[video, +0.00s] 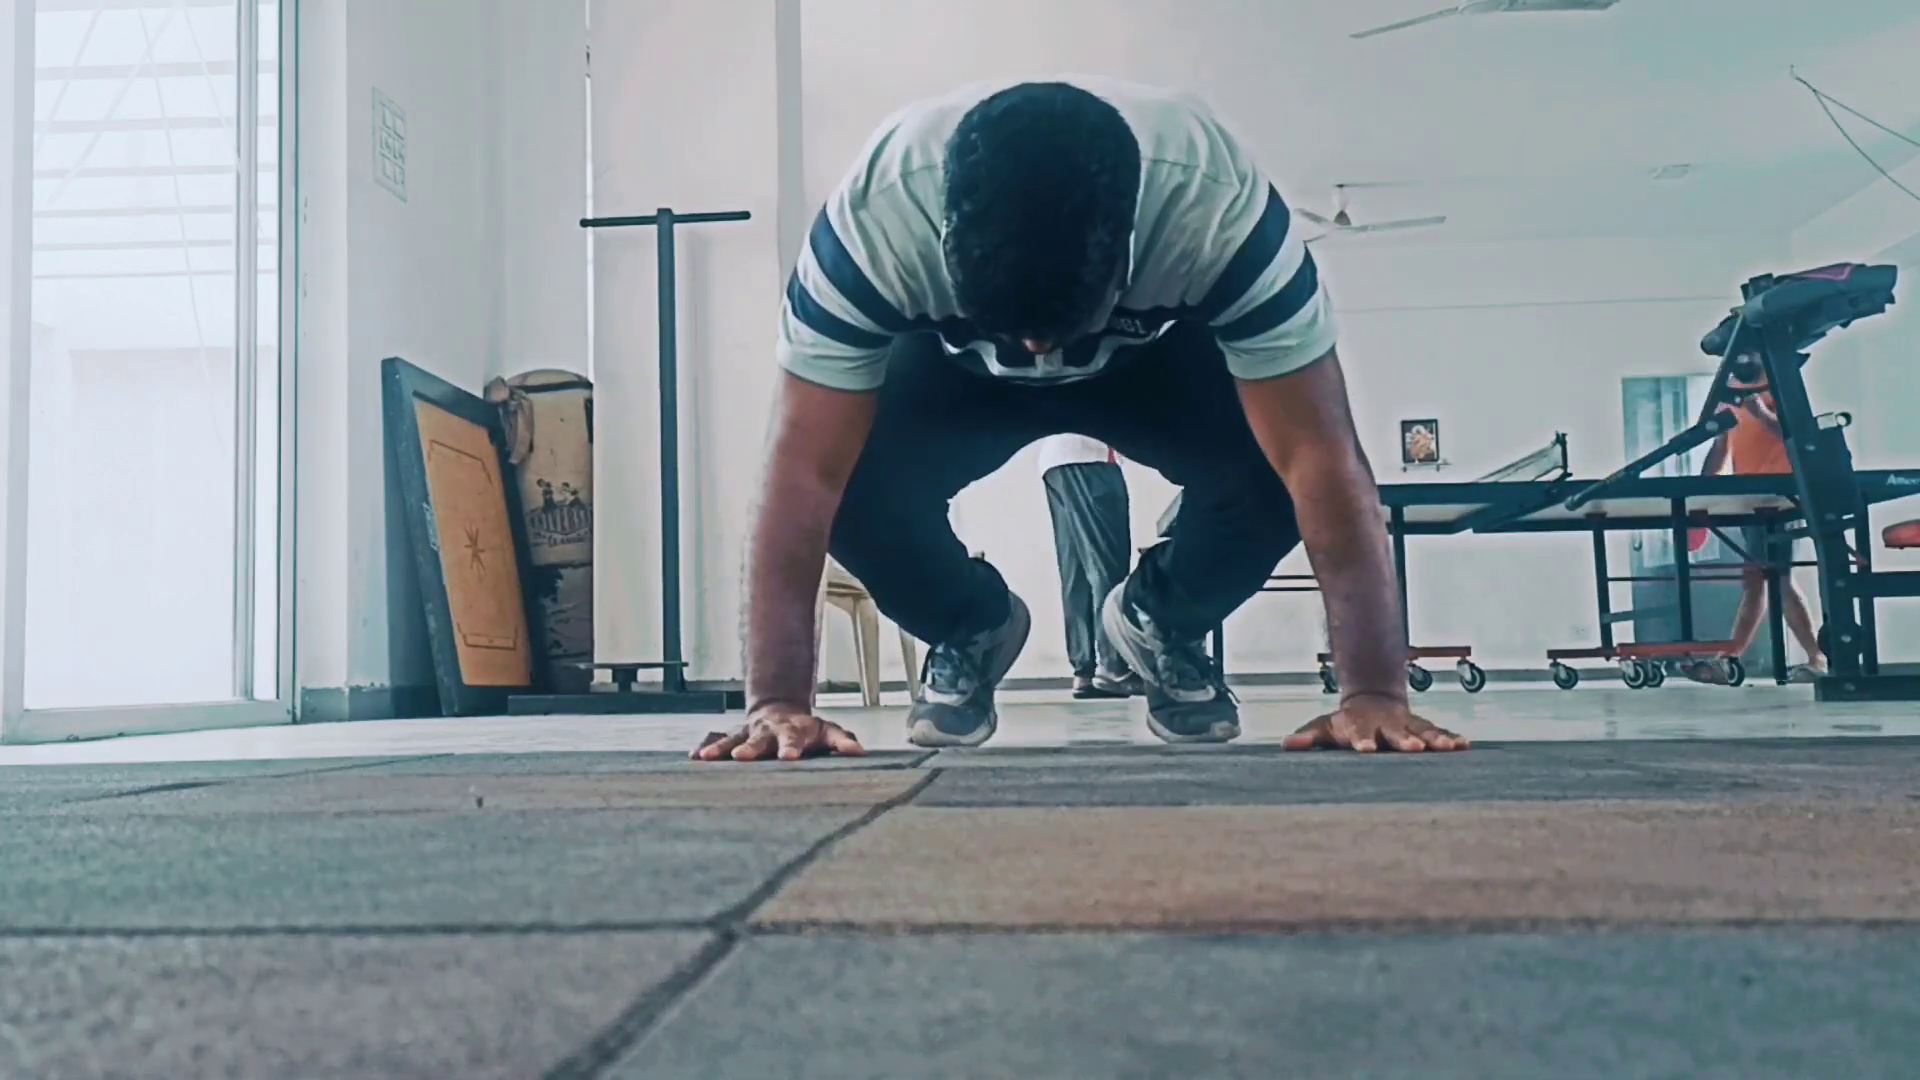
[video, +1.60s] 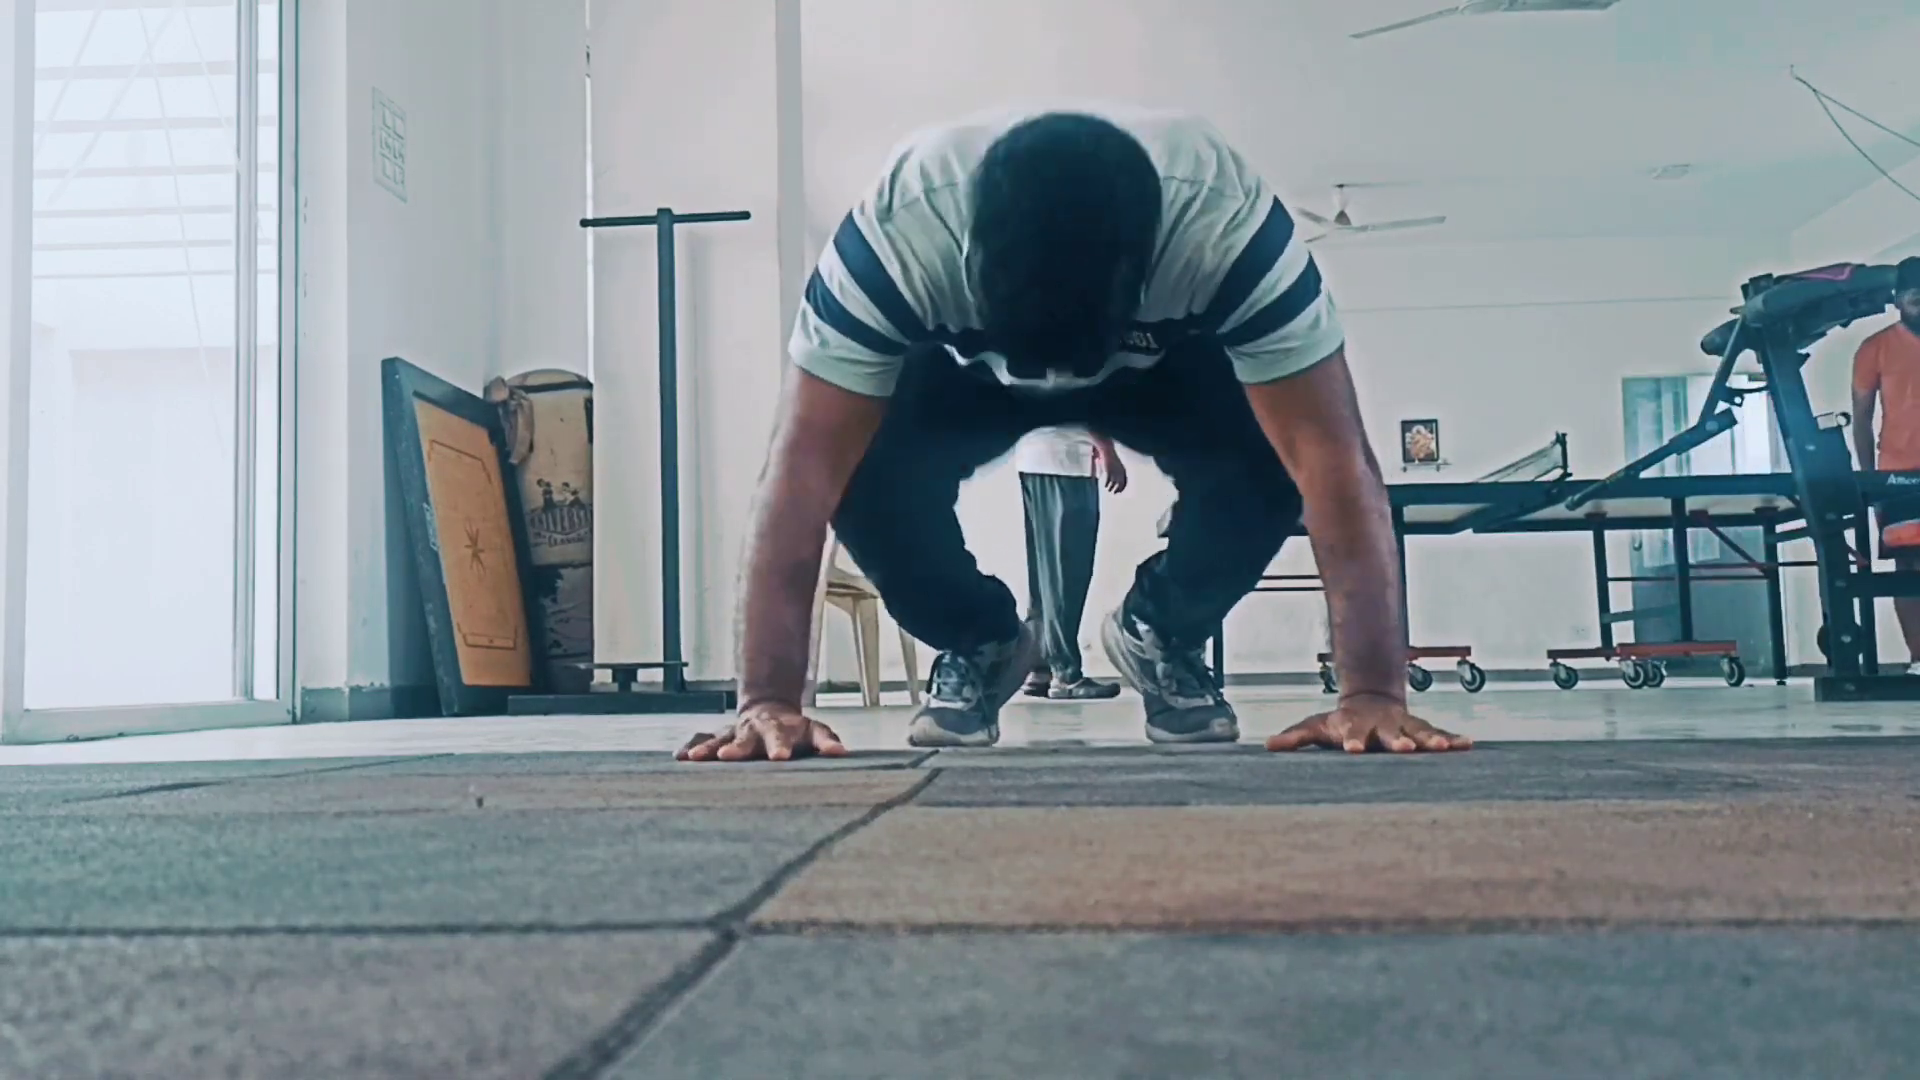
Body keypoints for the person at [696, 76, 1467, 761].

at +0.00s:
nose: (1043, 360)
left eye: (1072, 336)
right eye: (1008, 341)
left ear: (1124, 247)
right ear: (950, 246)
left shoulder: (1222, 209)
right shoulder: (874, 223)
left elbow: (1322, 460)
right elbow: (805, 465)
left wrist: (1374, 694)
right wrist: (779, 701)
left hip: (1151, 341)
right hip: (959, 351)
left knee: (1278, 486)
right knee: (859, 505)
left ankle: (1159, 619)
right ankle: (977, 625)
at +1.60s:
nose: (1060, 373)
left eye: (1086, 352)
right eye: (1025, 352)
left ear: (1144, 268)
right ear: (971, 257)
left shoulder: (1233, 229)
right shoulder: (896, 238)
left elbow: (1334, 460)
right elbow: (804, 469)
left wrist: (1375, 691)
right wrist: (771, 698)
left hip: (1157, 357)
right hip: (974, 363)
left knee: (1264, 477)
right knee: (868, 490)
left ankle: (1161, 629)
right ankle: (985, 642)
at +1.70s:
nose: (1077, 434)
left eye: (1098, 410)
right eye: (1048, 415)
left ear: (1150, 307)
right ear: (978, 293)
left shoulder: (1232, 220)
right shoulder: (898, 228)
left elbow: (1349, 456)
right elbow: (804, 462)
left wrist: (1375, 694)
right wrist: (771, 699)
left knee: (1253, 444)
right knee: (885, 456)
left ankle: (1167, 630)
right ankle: (980, 635)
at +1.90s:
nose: (1064, 448)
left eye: (1082, 429)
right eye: (1036, 427)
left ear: (1146, 319)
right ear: (965, 297)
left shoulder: (1239, 214)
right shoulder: (888, 226)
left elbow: (1360, 451)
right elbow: (789, 455)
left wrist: (1377, 696)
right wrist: (768, 700)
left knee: (1210, 499)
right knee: (930, 508)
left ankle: (1190, 573)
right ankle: (944, 609)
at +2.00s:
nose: (1064, 439)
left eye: (1097, 402)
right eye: (1023, 414)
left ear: (1151, 300)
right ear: (961, 284)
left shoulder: (1249, 216)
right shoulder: (880, 230)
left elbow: (1363, 454)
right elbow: (790, 461)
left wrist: (1379, 693)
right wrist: (766, 700)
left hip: (1169, 339)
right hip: (962, 350)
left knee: (1188, 541)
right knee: (965, 540)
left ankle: (1197, 647)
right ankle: (941, 643)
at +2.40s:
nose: (1060, 474)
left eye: (1086, 453)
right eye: (1039, 455)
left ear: (1145, 354)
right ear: (979, 343)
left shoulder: (1218, 253)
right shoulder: (909, 267)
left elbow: (1336, 474)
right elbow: (805, 476)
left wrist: (1374, 692)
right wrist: (771, 700)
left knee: (1170, 511)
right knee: (958, 525)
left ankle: (1191, 682)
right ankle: (955, 668)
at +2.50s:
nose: (1065, 511)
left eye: (1084, 493)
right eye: (1052, 495)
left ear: (1143, 374)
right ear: (979, 373)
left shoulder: (1207, 276)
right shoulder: (914, 285)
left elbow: (1317, 495)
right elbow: (817, 490)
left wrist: (1371, 692)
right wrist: (772, 699)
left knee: (1169, 492)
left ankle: (1190, 682)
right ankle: (957, 667)